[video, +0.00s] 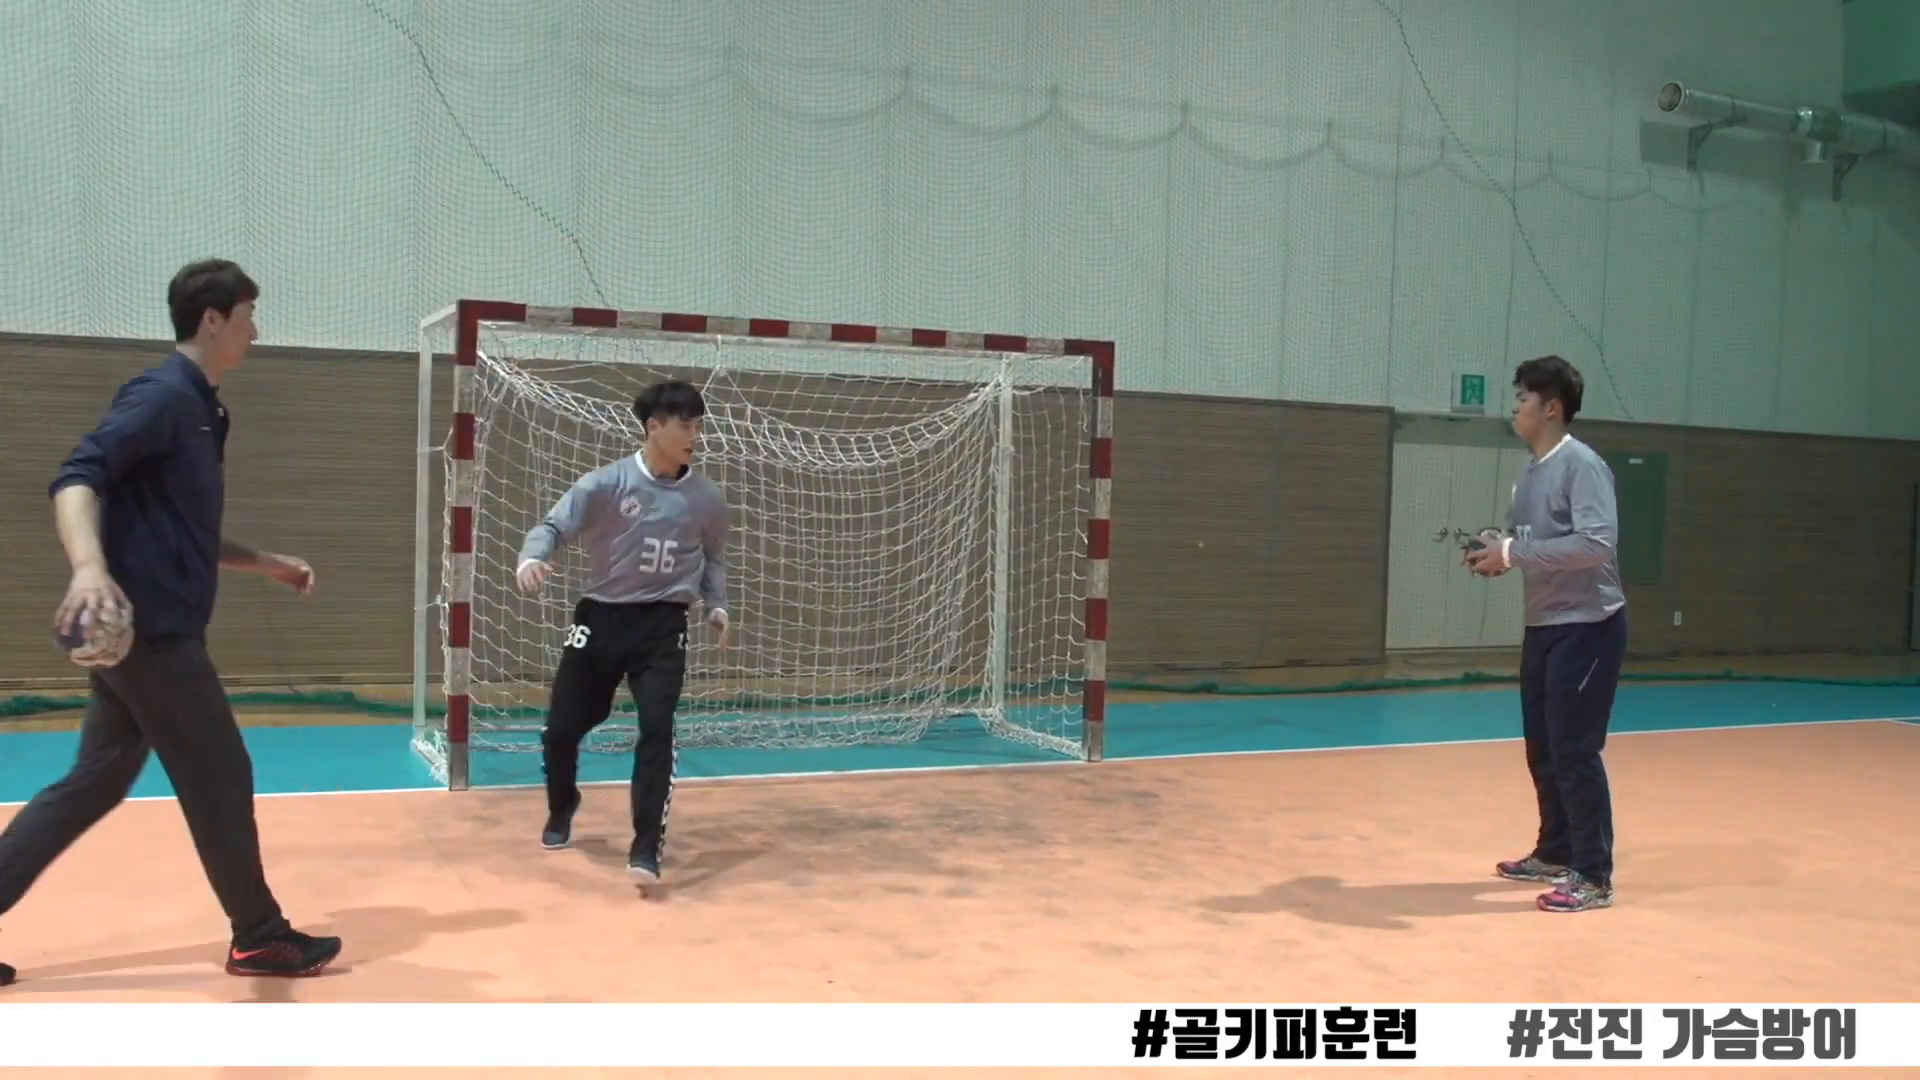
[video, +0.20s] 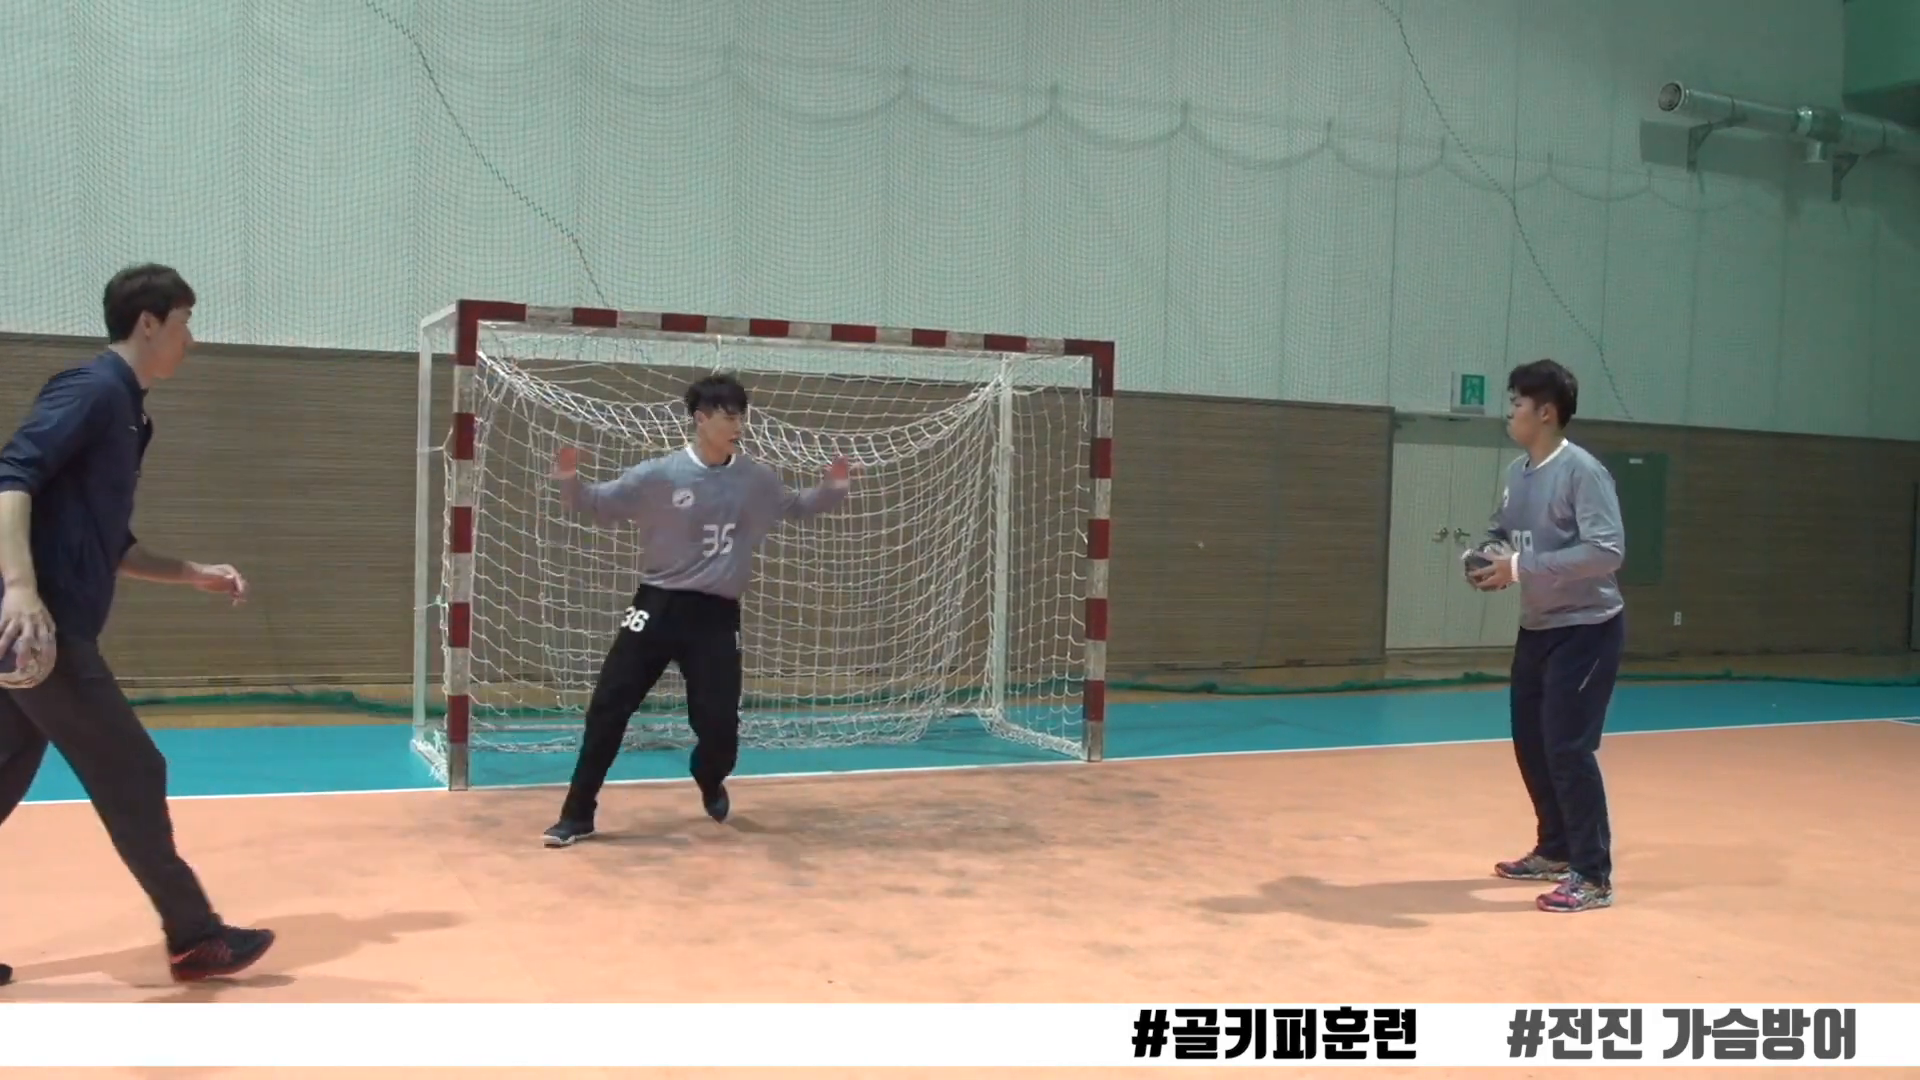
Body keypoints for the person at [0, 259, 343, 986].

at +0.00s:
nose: (255, 329)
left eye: (254, 316)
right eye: (249, 315)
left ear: (210, 320)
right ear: (213, 319)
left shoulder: (199, 405)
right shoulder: (163, 395)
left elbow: (187, 531)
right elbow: (76, 483)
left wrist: (264, 563)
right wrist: (88, 567)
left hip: (150, 631)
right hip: (149, 633)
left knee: (95, 784)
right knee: (219, 775)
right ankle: (259, 934)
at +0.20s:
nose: (190, 340)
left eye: (190, 326)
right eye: (184, 325)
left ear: (141, 324)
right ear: (148, 323)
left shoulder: (123, 408)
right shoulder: (93, 387)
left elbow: (104, 546)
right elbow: (14, 477)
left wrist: (189, 572)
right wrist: (19, 590)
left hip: (45, 631)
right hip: (42, 630)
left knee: (3, 786)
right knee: (131, 770)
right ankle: (193, 935)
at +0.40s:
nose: (149, 321)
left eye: (148, 307)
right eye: (144, 306)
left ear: (103, 309)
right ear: (107, 309)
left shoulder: (72, 380)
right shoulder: (57, 373)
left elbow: (24, 502)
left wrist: (72, 585)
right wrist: (18, 584)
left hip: (17, 618)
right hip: (11, 621)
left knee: (40, 778)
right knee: (57, 777)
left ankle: (3, 957)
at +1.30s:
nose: (153, 296)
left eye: (153, 280)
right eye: (147, 281)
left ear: (94, 285)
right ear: (113, 285)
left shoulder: (75, 364)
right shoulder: (65, 373)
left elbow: (55, 516)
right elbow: (48, 516)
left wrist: (99, 609)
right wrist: (138, 606)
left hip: (57, 633)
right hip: (24, 636)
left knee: (75, 794)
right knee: (8, 806)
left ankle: (40, 970)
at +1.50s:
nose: (185, 300)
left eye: (184, 285)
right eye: (181, 286)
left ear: (125, 288)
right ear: (153, 287)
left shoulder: (93, 362)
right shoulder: (120, 366)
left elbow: (84, 520)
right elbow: (113, 502)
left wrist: (151, 608)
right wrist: (194, 588)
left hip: (55, 619)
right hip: (73, 621)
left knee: (78, 801)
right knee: (123, 803)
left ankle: (39, 970)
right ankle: (11, 942)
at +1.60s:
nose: (205, 307)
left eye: (205, 291)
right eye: (203, 291)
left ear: (144, 292)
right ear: (176, 290)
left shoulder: (107, 368)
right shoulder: (150, 369)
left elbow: (114, 518)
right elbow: (152, 503)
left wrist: (188, 599)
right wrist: (232, 588)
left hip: (65, 627)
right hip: (106, 626)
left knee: (91, 799)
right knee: (187, 797)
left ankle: (34, 974)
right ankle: (88, 969)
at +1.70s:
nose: (229, 312)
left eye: (228, 297)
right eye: (227, 297)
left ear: (166, 299)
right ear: (201, 296)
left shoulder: (129, 375)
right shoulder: (184, 373)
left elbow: (134, 525)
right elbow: (193, 500)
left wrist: (214, 593)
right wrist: (272, 585)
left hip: (96, 628)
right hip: (142, 629)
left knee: (100, 802)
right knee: (236, 795)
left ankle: (39, 975)